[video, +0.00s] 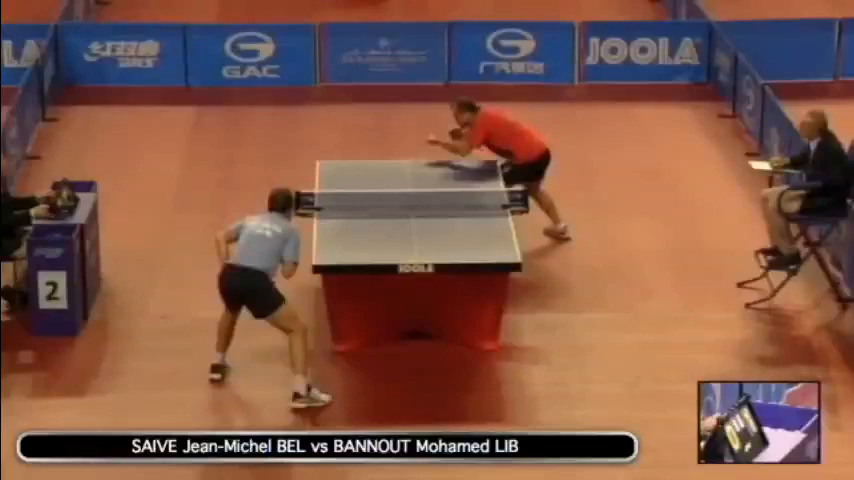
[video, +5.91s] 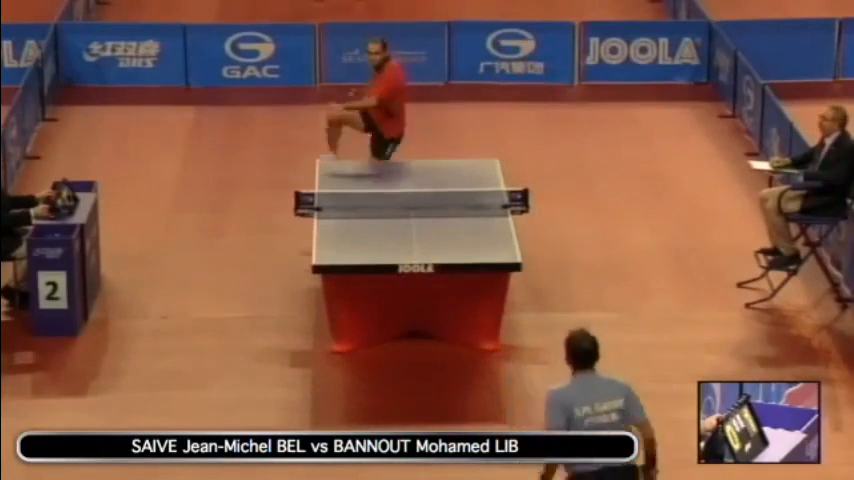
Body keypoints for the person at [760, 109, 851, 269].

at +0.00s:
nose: (801, 126)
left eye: (807, 123)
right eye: (802, 123)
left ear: (818, 127)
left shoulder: (830, 148)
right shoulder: (814, 144)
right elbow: (803, 160)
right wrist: (785, 163)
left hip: (829, 201)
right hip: (816, 193)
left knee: (775, 204)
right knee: (767, 196)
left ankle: (790, 253)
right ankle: (780, 246)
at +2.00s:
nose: (821, 123)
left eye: (826, 121)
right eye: (822, 119)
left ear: (838, 125)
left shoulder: (846, 146)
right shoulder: (826, 141)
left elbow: (836, 177)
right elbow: (807, 158)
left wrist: (807, 175)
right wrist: (786, 162)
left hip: (830, 199)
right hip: (814, 191)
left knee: (774, 204)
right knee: (766, 197)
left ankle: (790, 253)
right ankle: (780, 247)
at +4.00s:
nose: (820, 123)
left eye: (825, 120)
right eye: (821, 119)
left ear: (837, 125)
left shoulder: (846, 147)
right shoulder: (826, 141)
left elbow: (837, 178)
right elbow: (807, 158)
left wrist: (806, 175)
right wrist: (786, 162)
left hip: (829, 199)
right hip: (815, 191)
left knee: (773, 204)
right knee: (765, 197)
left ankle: (789, 253)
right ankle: (780, 247)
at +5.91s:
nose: (820, 122)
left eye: (825, 119)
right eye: (821, 118)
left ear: (837, 124)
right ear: (834, 123)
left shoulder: (846, 147)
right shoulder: (827, 140)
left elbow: (836, 177)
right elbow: (808, 158)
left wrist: (803, 175)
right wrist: (787, 163)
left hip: (829, 199)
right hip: (815, 191)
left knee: (773, 205)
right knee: (765, 197)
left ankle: (790, 254)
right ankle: (780, 247)